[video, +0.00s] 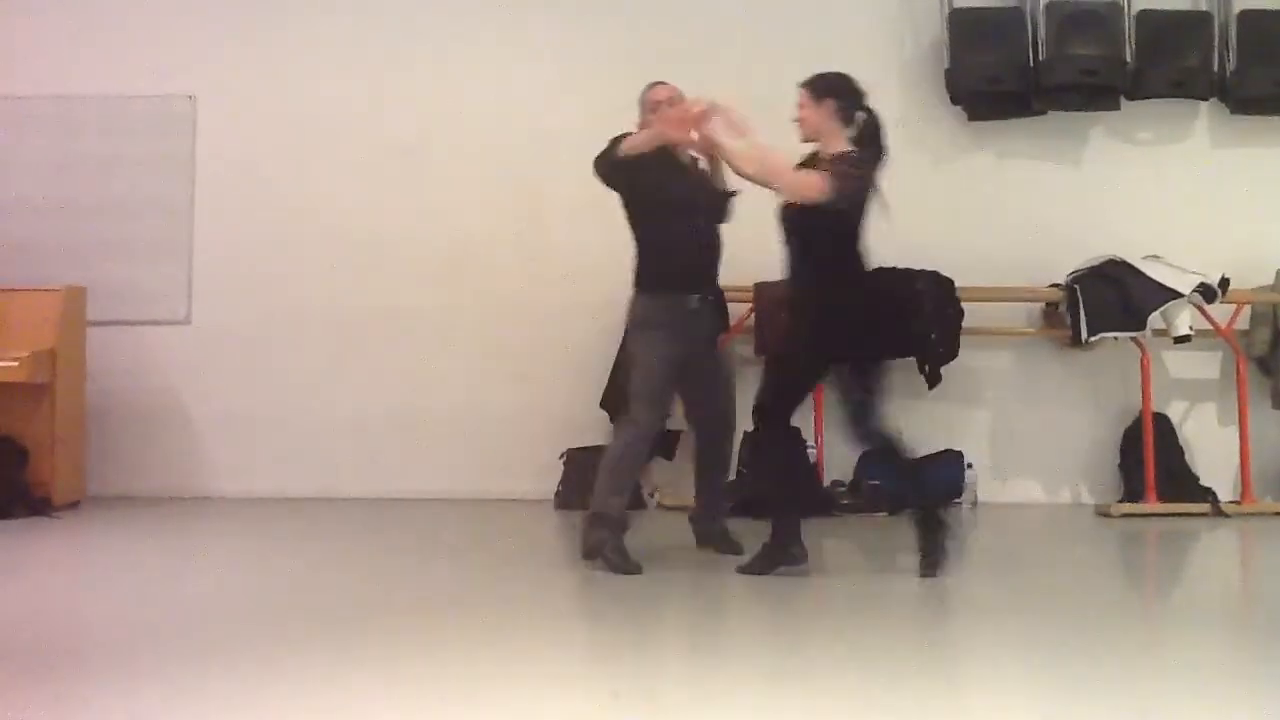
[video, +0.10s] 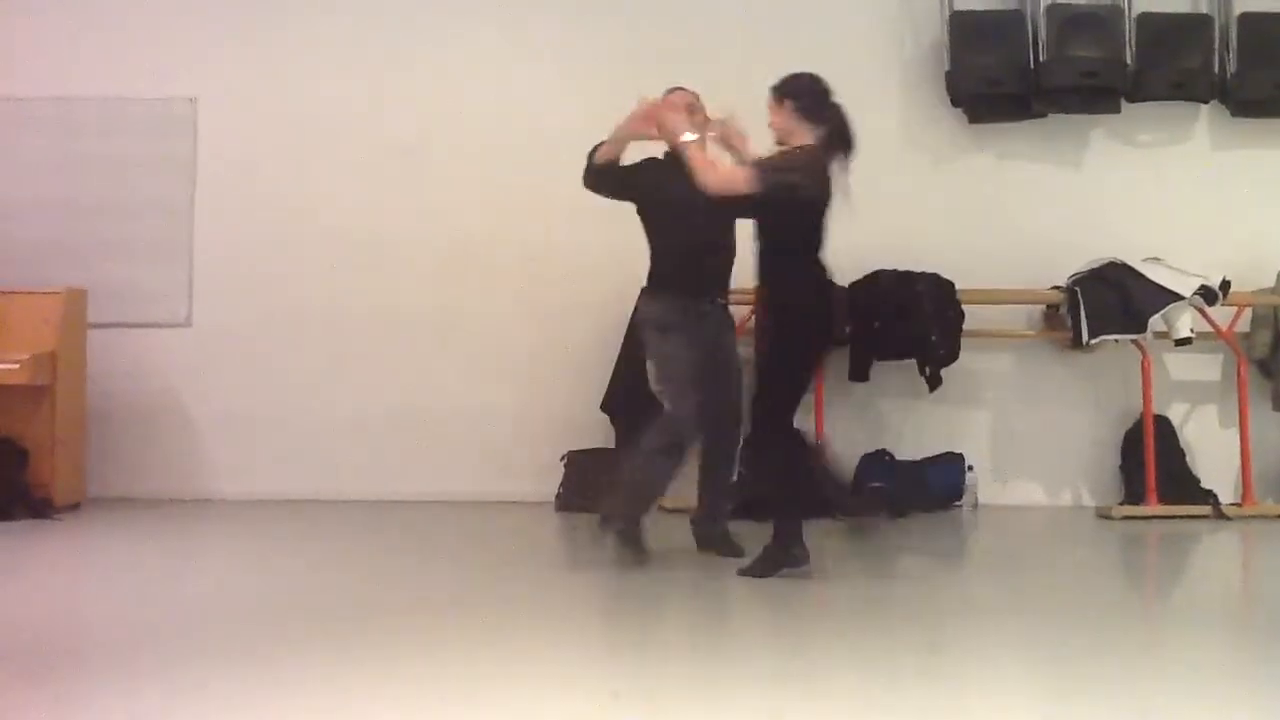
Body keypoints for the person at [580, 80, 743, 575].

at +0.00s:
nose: (672, 110)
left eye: (677, 103)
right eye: (660, 104)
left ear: (688, 113)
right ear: (643, 119)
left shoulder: (692, 168)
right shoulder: (633, 162)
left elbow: (720, 210)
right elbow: (606, 165)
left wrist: (713, 157)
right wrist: (663, 133)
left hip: (703, 311)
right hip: (657, 311)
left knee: (716, 421)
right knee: (641, 421)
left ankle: (710, 523)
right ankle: (603, 531)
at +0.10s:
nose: (692, 114)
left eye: (695, 108)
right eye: (681, 107)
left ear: (703, 119)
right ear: (659, 122)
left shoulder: (720, 176)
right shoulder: (652, 175)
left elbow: (764, 196)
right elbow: (596, 178)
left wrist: (742, 151)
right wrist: (624, 134)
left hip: (712, 312)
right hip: (664, 310)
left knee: (724, 418)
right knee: (681, 415)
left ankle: (711, 523)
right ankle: (625, 512)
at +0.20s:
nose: (694, 116)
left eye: (701, 108)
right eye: (684, 110)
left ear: (716, 122)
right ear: (668, 124)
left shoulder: (731, 179)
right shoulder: (655, 174)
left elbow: (751, 238)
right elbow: (594, 177)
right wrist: (614, 129)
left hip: (717, 307)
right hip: (665, 306)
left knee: (722, 413)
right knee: (698, 403)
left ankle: (711, 521)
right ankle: (643, 486)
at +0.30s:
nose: (700, 112)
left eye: (707, 106)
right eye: (690, 108)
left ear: (723, 121)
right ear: (674, 126)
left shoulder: (742, 168)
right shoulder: (662, 171)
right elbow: (599, 164)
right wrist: (626, 115)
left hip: (728, 302)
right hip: (672, 303)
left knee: (721, 411)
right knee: (695, 404)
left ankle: (708, 516)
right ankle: (660, 477)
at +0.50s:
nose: (746, 113)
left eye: (743, 104)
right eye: (742, 107)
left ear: (686, 115)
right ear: (730, 118)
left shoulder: (664, 167)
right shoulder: (746, 181)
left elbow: (643, 126)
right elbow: (816, 155)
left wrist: (678, 103)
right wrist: (804, 100)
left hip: (676, 316)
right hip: (728, 317)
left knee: (671, 428)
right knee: (727, 429)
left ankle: (642, 534)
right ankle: (719, 529)